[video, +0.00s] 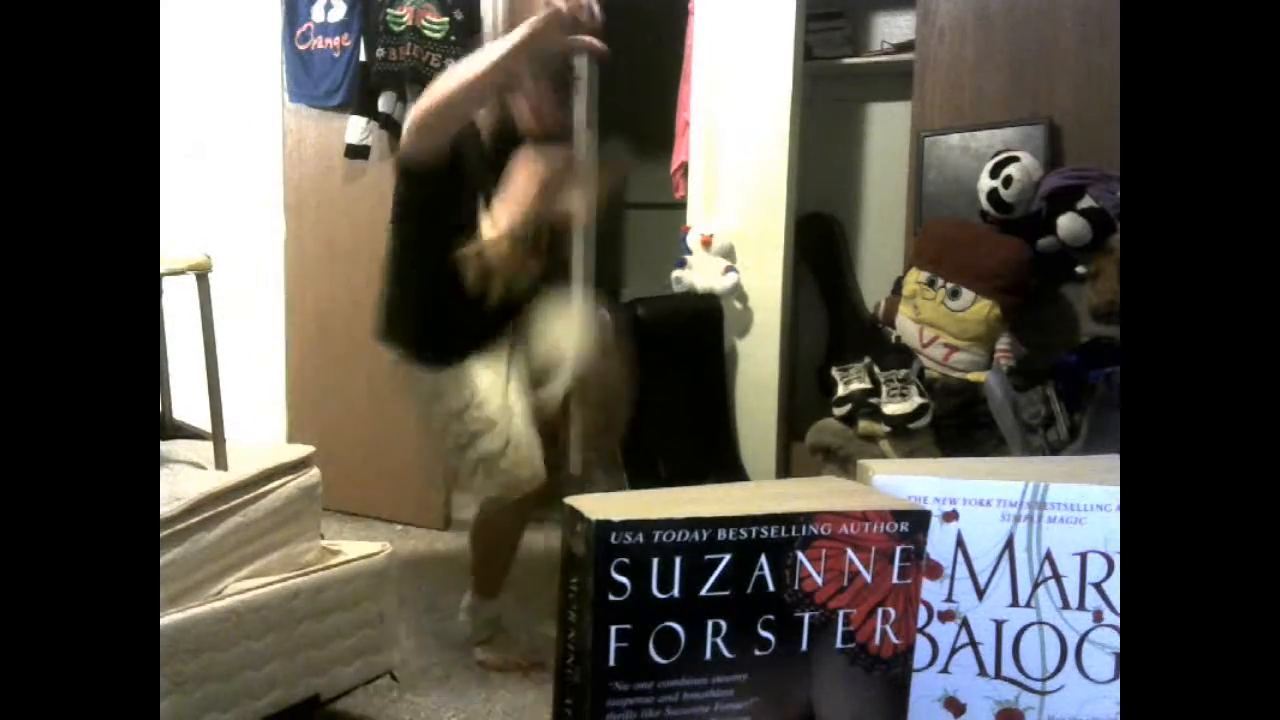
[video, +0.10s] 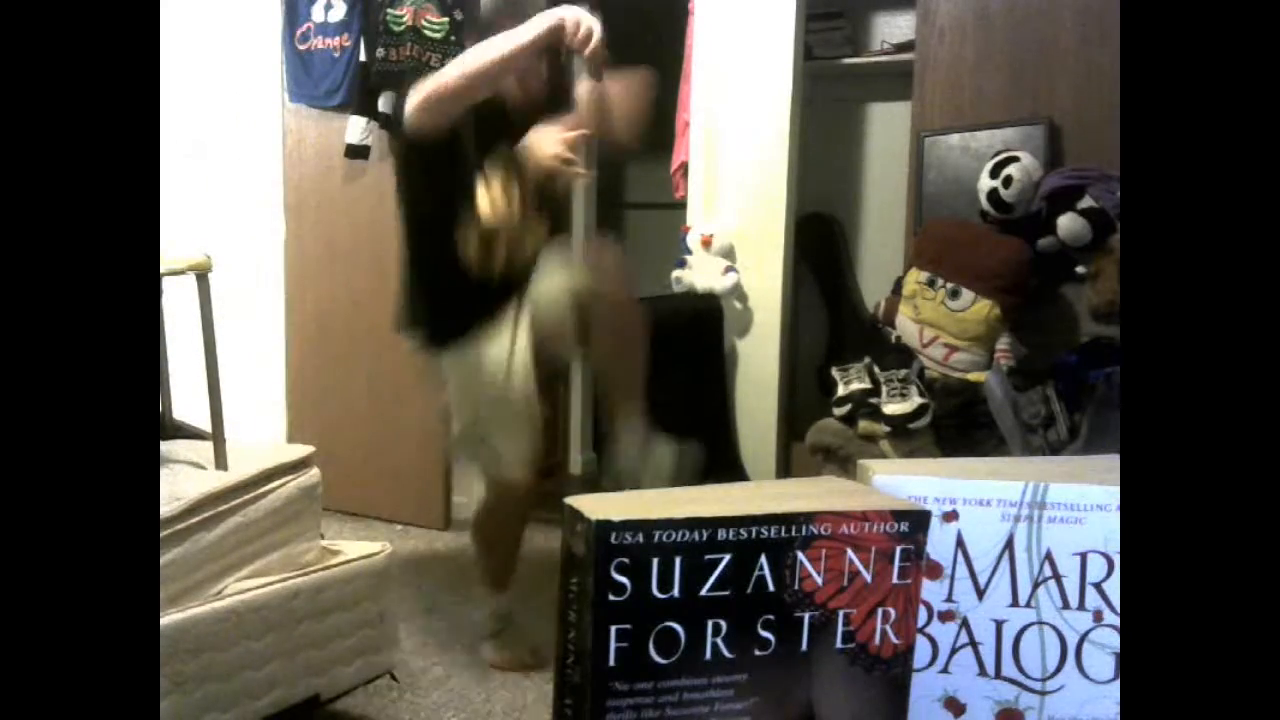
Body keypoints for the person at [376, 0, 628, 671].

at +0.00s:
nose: (560, 99)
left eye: (566, 85)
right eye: (549, 82)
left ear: (568, 88)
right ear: (511, 76)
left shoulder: (530, 144)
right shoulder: (439, 146)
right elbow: (425, 120)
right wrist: (525, 35)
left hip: (522, 309)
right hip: (448, 339)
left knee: (590, 345)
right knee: (517, 480)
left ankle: (587, 474)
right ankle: (482, 619)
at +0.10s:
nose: (544, 78)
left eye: (551, 66)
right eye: (534, 64)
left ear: (553, 68)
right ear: (503, 57)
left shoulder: (534, 119)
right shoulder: (430, 117)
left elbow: (619, 127)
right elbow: (420, 110)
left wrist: (594, 61)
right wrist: (535, 30)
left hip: (538, 295)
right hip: (468, 322)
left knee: (602, 265)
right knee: (513, 482)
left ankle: (630, 445)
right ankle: (497, 617)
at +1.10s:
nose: (592, 139)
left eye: (612, 119)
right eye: (579, 116)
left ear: (651, 120)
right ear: (562, 112)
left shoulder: (686, 198)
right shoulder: (544, 195)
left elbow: (686, 332)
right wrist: (521, 299)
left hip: (689, 385)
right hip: (584, 387)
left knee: (679, 486)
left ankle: (682, 623)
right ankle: (546, 616)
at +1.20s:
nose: (625, 247)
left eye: (644, 229)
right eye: (611, 225)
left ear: (676, 211)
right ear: (587, 201)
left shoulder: (718, 254)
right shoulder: (551, 256)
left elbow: (722, 428)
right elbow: (536, 401)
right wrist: (567, 421)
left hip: (695, 438)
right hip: (599, 448)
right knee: (547, 551)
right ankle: (539, 632)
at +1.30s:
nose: (649, 276)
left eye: (670, 258)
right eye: (633, 254)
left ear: (700, 233)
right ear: (605, 223)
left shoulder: (737, 255)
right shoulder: (559, 261)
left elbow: (765, 424)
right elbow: (538, 422)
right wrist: (571, 449)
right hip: (598, 439)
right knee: (560, 541)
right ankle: (545, 624)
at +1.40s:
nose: (653, 254)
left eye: (675, 238)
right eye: (639, 230)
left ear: (707, 213)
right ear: (613, 196)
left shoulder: (749, 237)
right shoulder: (563, 239)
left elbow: (793, 387)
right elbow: (533, 391)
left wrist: (724, 370)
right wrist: (575, 423)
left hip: (711, 408)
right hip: (602, 408)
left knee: (738, 512)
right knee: (558, 528)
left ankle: (739, 635)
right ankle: (544, 621)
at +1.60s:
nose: (658, 234)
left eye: (679, 217)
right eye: (645, 209)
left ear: (716, 191)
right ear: (618, 174)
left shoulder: (764, 213)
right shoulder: (565, 215)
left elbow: (820, 334)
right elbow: (524, 365)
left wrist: (747, 310)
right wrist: (564, 394)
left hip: (726, 389)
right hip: (613, 396)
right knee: (561, 496)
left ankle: (729, 630)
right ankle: (541, 618)